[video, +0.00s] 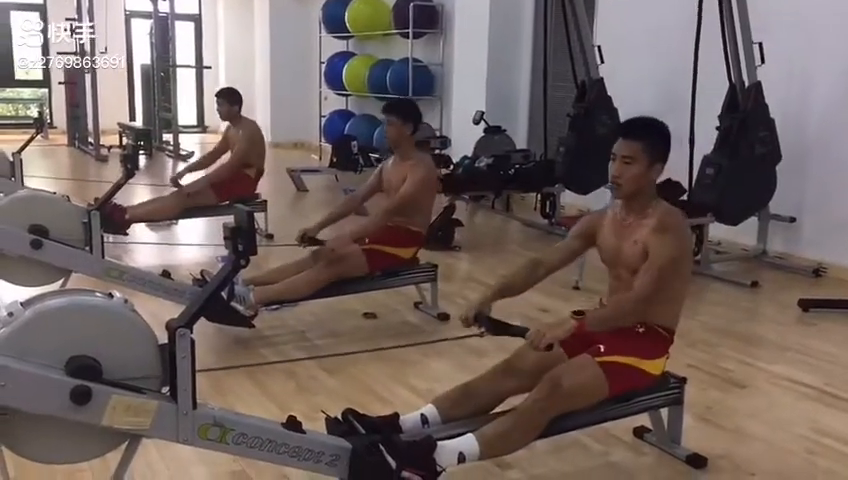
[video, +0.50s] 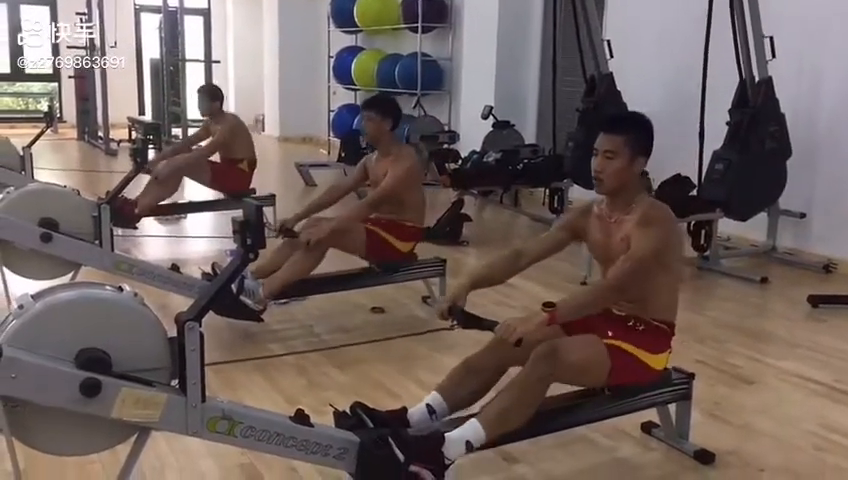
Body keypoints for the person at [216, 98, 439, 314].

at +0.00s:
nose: (384, 131)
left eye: (390, 125)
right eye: (385, 124)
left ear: (409, 128)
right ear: (394, 128)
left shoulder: (422, 169)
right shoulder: (388, 166)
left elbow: (387, 214)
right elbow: (355, 200)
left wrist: (339, 241)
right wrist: (317, 227)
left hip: (401, 248)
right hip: (379, 239)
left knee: (330, 267)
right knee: (317, 256)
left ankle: (253, 300)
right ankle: (240, 282)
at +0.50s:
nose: (362, 126)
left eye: (368, 120)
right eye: (362, 119)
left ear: (388, 124)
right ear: (369, 123)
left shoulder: (405, 161)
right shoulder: (372, 160)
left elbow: (372, 204)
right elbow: (337, 190)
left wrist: (329, 227)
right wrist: (298, 216)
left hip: (399, 240)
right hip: (376, 231)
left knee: (324, 237)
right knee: (310, 230)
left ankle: (263, 295)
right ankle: (243, 277)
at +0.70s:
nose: (341, 126)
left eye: (347, 120)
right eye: (341, 120)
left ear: (366, 125)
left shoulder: (385, 162)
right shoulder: (352, 160)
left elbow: (351, 203)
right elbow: (315, 190)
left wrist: (301, 230)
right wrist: (279, 215)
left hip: (384, 240)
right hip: (367, 232)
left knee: (304, 212)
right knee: (302, 213)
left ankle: (254, 276)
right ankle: (264, 289)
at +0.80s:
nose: (327, 126)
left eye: (334, 121)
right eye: (328, 120)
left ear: (353, 125)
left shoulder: (372, 163)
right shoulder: (341, 161)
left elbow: (338, 203)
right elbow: (306, 187)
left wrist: (280, 235)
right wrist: (275, 207)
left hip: (374, 240)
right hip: (357, 233)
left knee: (304, 210)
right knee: (294, 205)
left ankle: (266, 289)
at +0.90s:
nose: (311, 128)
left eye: (318, 122)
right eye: (312, 121)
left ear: (338, 126)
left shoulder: (356, 164)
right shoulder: (325, 161)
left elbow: (317, 202)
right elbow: (292, 187)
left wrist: (269, 233)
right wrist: (256, 211)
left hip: (364, 242)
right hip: (346, 234)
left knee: (301, 208)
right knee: (284, 199)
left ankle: (268, 289)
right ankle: (253, 274)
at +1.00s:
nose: (294, 129)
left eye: (301, 123)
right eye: (295, 122)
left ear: (321, 127)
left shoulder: (339, 166)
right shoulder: (310, 162)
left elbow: (298, 203)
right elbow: (270, 190)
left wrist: (242, 234)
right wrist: (223, 220)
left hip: (351, 243)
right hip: (335, 236)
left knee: (291, 206)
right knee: (278, 201)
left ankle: (268, 288)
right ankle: (253, 279)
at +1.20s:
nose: (262, 130)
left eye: (269, 124)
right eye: (262, 124)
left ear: (290, 129)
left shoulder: (306, 168)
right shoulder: (278, 164)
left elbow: (260, 208)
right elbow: (240, 191)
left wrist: (205, 234)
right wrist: (188, 218)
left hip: (326, 247)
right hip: (309, 242)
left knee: (272, 198)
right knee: (252, 190)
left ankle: (269, 285)